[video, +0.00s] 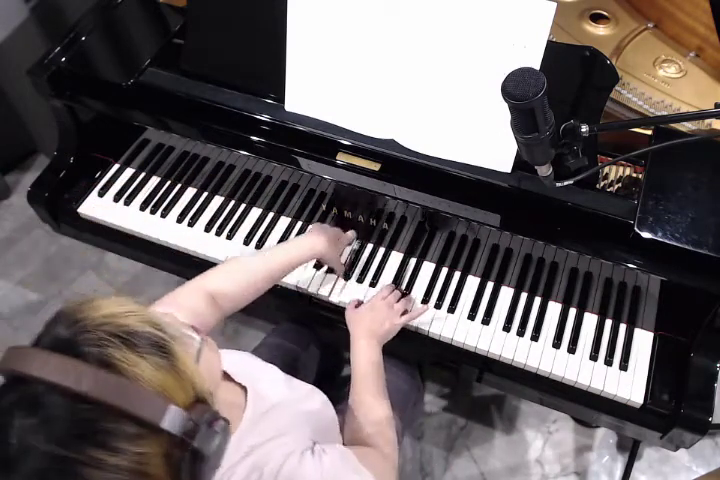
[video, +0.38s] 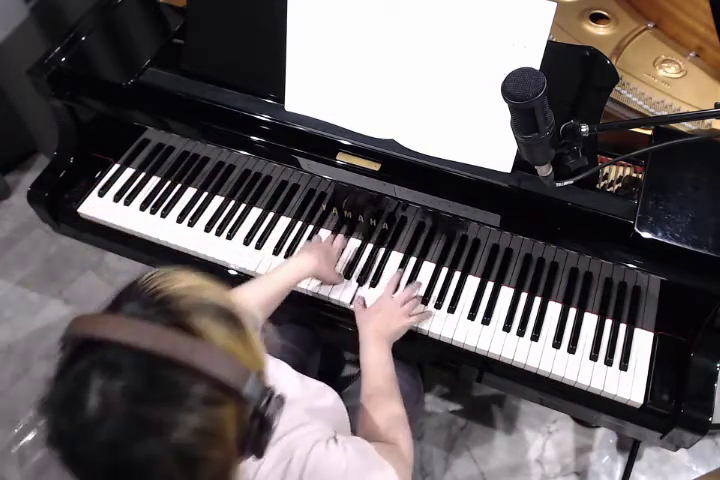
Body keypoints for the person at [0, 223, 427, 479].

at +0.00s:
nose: (191, 333)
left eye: (174, 333)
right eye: (187, 348)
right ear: (183, 407)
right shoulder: (278, 469)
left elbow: (207, 298)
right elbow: (378, 465)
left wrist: (306, 244)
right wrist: (366, 343)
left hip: (258, 372)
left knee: (301, 328)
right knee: (397, 369)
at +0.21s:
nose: (214, 334)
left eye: (202, 331)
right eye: (207, 341)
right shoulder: (290, 467)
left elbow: (212, 309)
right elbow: (383, 459)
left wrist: (310, 242)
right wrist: (365, 339)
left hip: (264, 368)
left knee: (300, 329)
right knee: (397, 368)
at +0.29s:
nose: (228, 310)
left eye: (215, 304)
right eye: (229, 345)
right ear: (223, 451)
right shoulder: (306, 461)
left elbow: (220, 316)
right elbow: (391, 461)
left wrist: (305, 260)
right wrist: (375, 340)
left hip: (275, 367)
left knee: (293, 322)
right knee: (394, 364)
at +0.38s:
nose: (235, 307)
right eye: (238, 348)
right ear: (229, 445)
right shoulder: (311, 461)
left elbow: (228, 317)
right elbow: (393, 461)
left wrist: (299, 268)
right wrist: (378, 341)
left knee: (297, 318)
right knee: (396, 365)